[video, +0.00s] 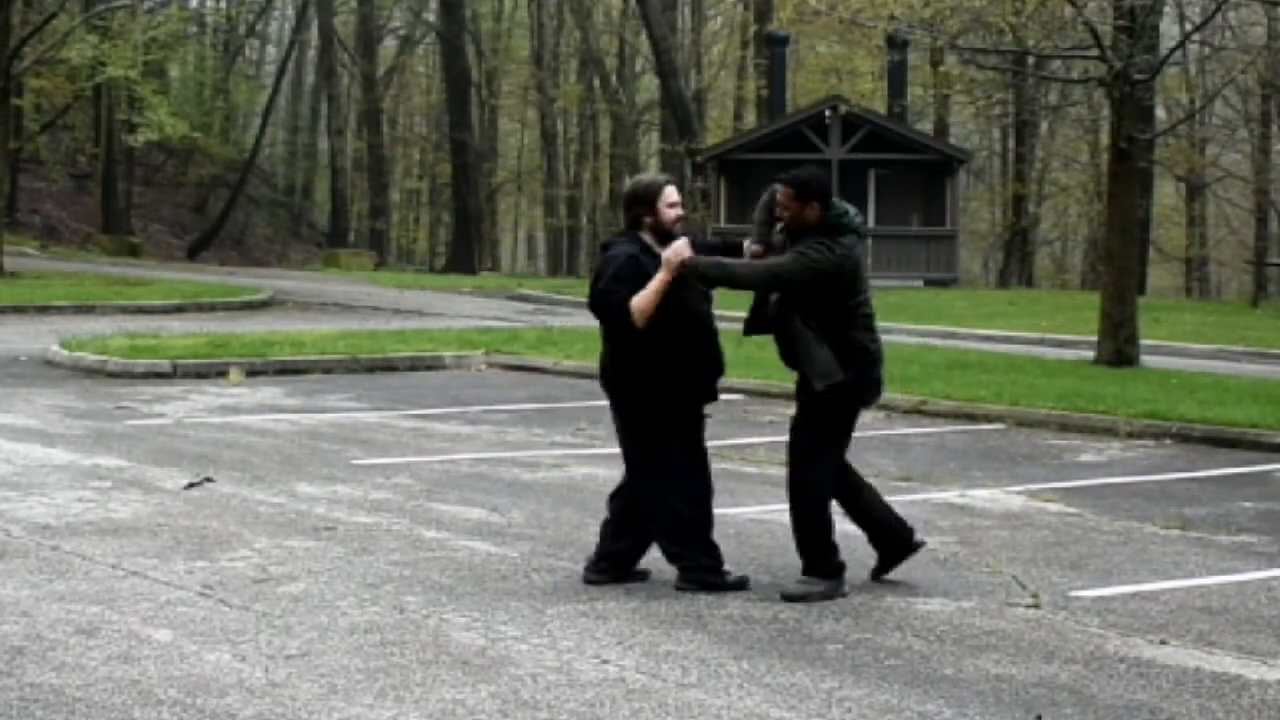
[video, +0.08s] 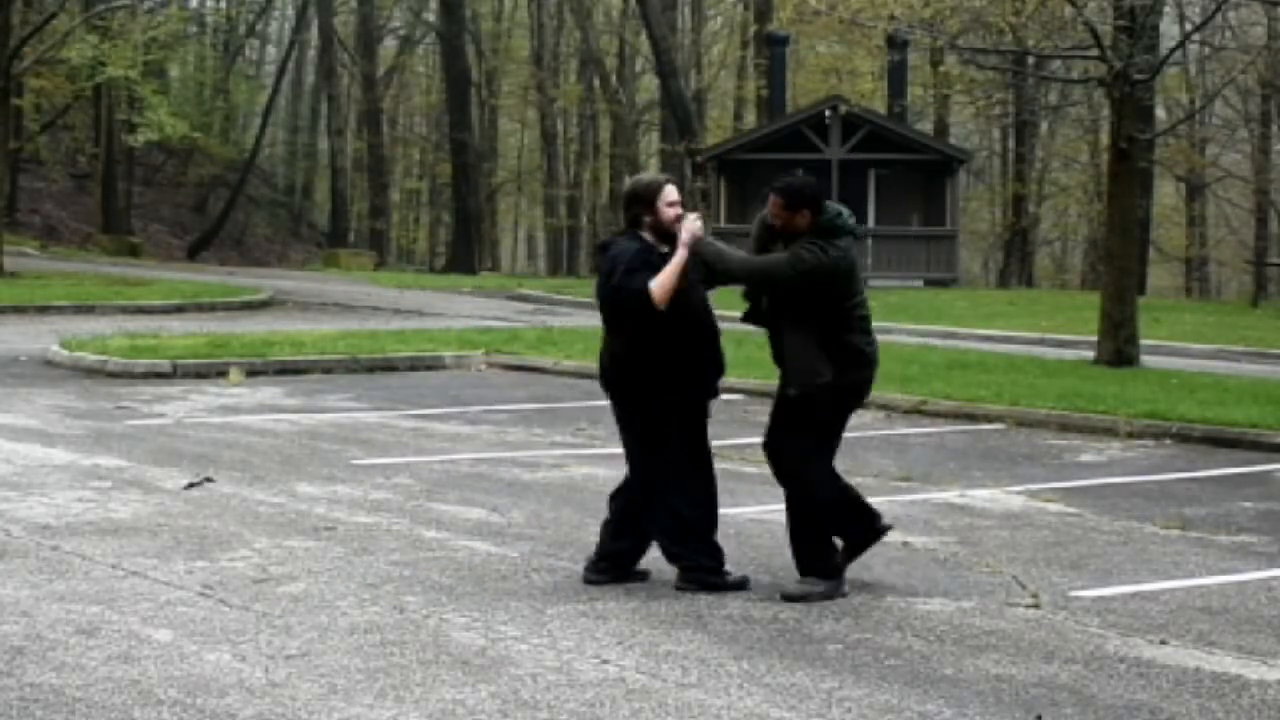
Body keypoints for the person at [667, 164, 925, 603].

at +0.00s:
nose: (780, 216)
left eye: (788, 209)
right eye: (779, 207)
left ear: (813, 209)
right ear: (811, 207)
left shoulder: (829, 252)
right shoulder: (816, 236)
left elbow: (760, 275)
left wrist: (690, 266)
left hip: (839, 376)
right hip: (825, 371)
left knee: (809, 470)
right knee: (824, 464)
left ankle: (824, 574)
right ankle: (893, 538)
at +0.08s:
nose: (770, 222)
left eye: (777, 216)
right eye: (770, 214)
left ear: (803, 217)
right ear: (796, 216)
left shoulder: (826, 254)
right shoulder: (789, 237)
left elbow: (749, 270)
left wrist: (694, 240)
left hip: (837, 373)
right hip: (806, 369)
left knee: (796, 456)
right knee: (787, 452)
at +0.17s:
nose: (764, 226)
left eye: (771, 219)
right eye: (765, 217)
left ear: (796, 222)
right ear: (792, 219)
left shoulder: (820, 258)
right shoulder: (781, 244)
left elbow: (745, 271)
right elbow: (736, 263)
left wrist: (720, 231)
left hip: (825, 383)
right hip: (790, 376)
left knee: (800, 466)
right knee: (757, 445)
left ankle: (825, 569)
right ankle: (809, 536)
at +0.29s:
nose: (760, 228)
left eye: (768, 222)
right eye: (760, 221)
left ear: (794, 223)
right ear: (783, 223)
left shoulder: (823, 256)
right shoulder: (776, 249)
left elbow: (757, 264)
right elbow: (732, 284)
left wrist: (745, 232)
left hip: (821, 384)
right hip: (777, 378)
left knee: (809, 475)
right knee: (746, 464)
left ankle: (824, 572)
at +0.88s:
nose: (730, 220)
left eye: (737, 212)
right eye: (728, 212)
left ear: (766, 211)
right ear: (734, 213)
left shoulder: (806, 258)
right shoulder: (733, 253)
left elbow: (783, 312)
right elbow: (717, 304)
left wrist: (718, 297)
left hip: (797, 389)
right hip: (742, 386)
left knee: (813, 477)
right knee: (711, 461)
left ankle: (837, 575)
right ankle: (721, 549)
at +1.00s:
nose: (702, 242)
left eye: (710, 234)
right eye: (700, 234)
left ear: (738, 231)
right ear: (725, 233)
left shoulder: (781, 281)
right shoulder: (715, 273)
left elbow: (764, 342)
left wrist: (701, 328)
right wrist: (680, 311)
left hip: (788, 396)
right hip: (740, 392)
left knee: (800, 482)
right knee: (691, 455)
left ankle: (839, 575)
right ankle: (672, 549)